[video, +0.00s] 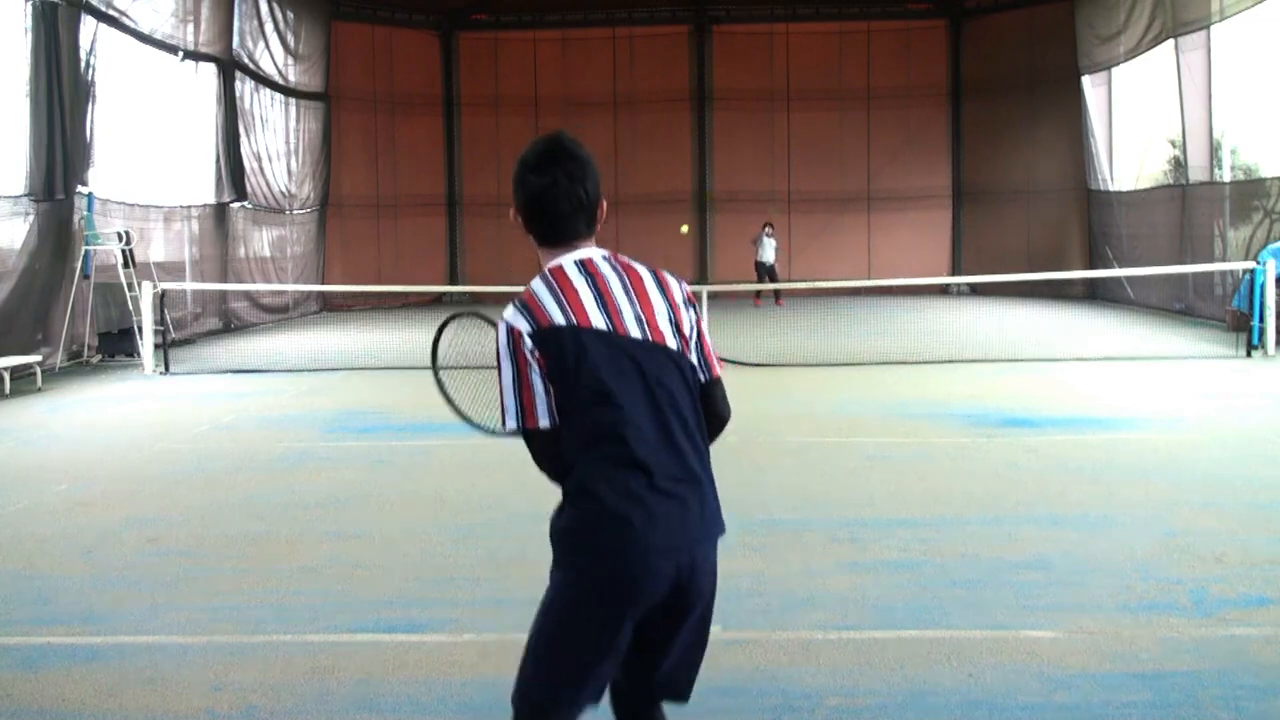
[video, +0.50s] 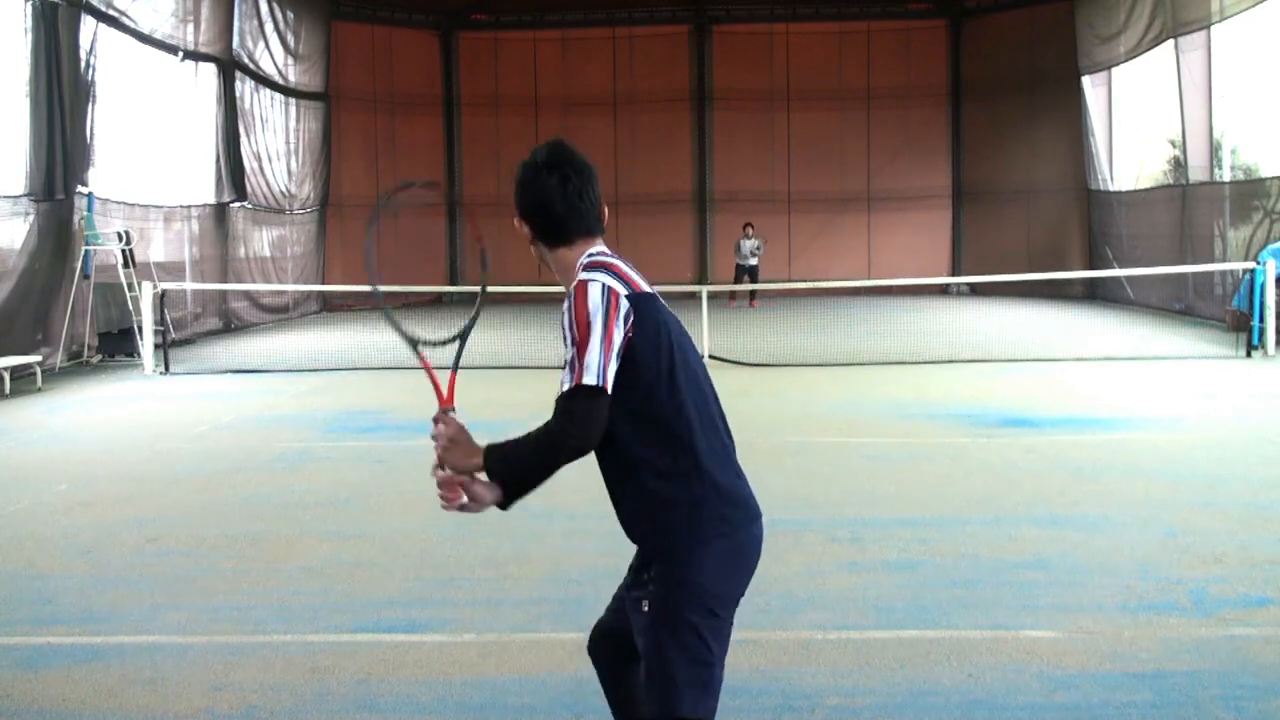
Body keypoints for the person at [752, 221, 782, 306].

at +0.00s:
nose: (768, 231)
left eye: (770, 229)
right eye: (766, 228)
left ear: (772, 231)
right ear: (764, 230)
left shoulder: (773, 241)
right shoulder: (761, 239)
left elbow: (774, 252)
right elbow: (757, 243)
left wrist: (775, 262)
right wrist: (763, 234)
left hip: (770, 262)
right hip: (761, 261)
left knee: (775, 281)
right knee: (761, 280)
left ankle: (778, 299)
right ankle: (757, 298)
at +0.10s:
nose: (764, 232)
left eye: (766, 230)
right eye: (762, 230)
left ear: (767, 231)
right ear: (759, 231)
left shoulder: (769, 242)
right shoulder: (756, 240)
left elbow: (771, 251)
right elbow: (749, 248)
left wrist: (772, 259)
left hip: (767, 263)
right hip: (758, 263)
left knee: (773, 282)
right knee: (761, 282)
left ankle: (774, 299)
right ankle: (758, 300)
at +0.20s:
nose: (760, 231)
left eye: (761, 229)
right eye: (758, 229)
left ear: (763, 230)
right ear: (755, 231)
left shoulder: (766, 241)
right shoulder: (752, 240)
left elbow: (769, 250)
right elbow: (745, 249)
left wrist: (768, 253)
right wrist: (752, 252)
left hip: (764, 262)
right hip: (755, 263)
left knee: (768, 281)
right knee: (759, 281)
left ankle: (765, 298)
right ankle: (758, 299)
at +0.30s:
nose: (756, 228)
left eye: (757, 226)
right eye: (754, 226)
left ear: (760, 227)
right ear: (751, 227)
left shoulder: (763, 237)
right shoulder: (747, 237)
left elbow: (768, 249)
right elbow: (742, 248)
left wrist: (761, 250)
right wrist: (747, 253)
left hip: (761, 260)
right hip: (751, 260)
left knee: (760, 279)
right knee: (753, 279)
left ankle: (756, 296)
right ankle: (753, 297)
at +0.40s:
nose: (752, 228)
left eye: (754, 226)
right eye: (750, 226)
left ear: (756, 228)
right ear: (748, 228)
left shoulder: (760, 238)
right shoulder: (743, 238)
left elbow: (764, 248)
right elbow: (740, 249)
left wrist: (760, 251)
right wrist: (746, 254)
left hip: (756, 261)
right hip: (746, 261)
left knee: (756, 280)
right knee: (746, 280)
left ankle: (753, 299)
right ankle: (745, 299)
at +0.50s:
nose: (749, 232)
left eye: (750, 229)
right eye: (747, 229)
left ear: (753, 231)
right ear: (744, 231)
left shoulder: (757, 241)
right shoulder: (740, 242)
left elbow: (760, 252)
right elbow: (736, 253)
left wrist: (754, 252)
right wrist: (744, 256)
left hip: (753, 265)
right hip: (741, 264)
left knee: (754, 283)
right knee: (737, 282)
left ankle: (752, 300)